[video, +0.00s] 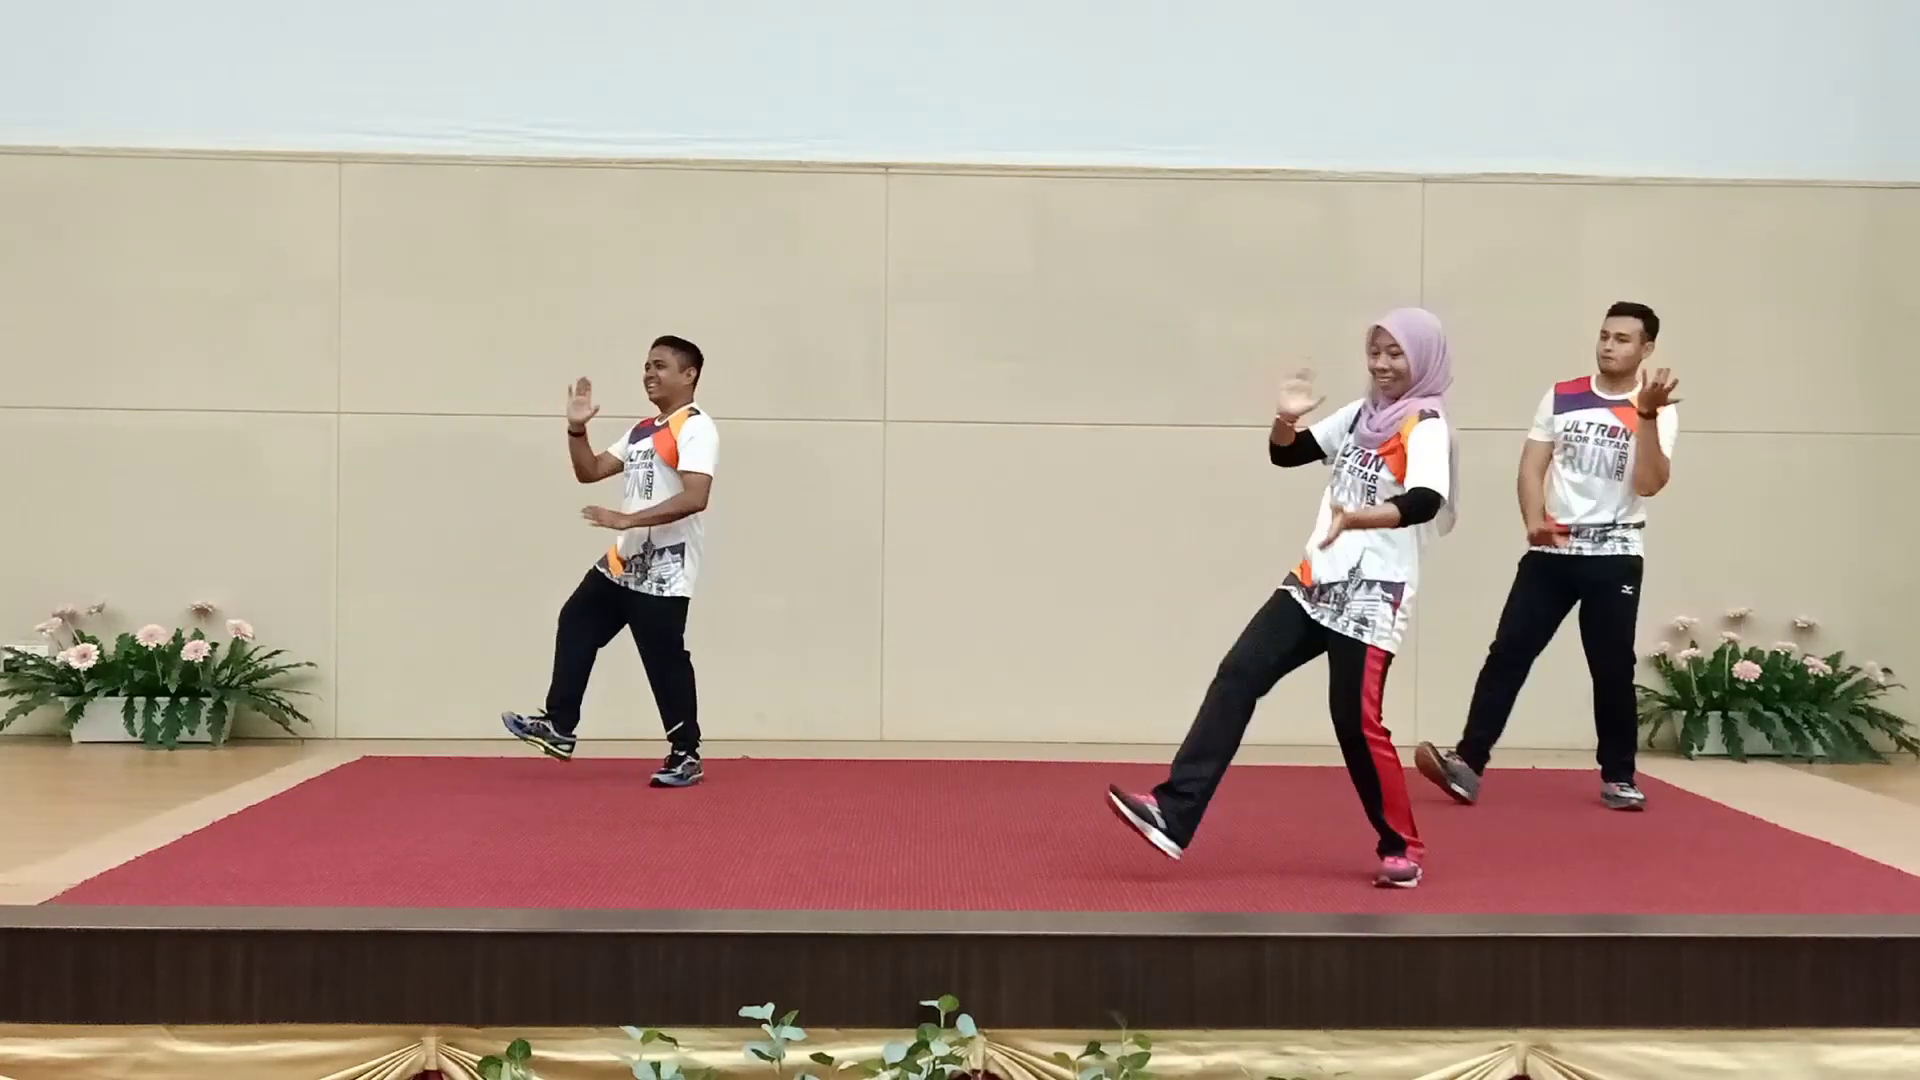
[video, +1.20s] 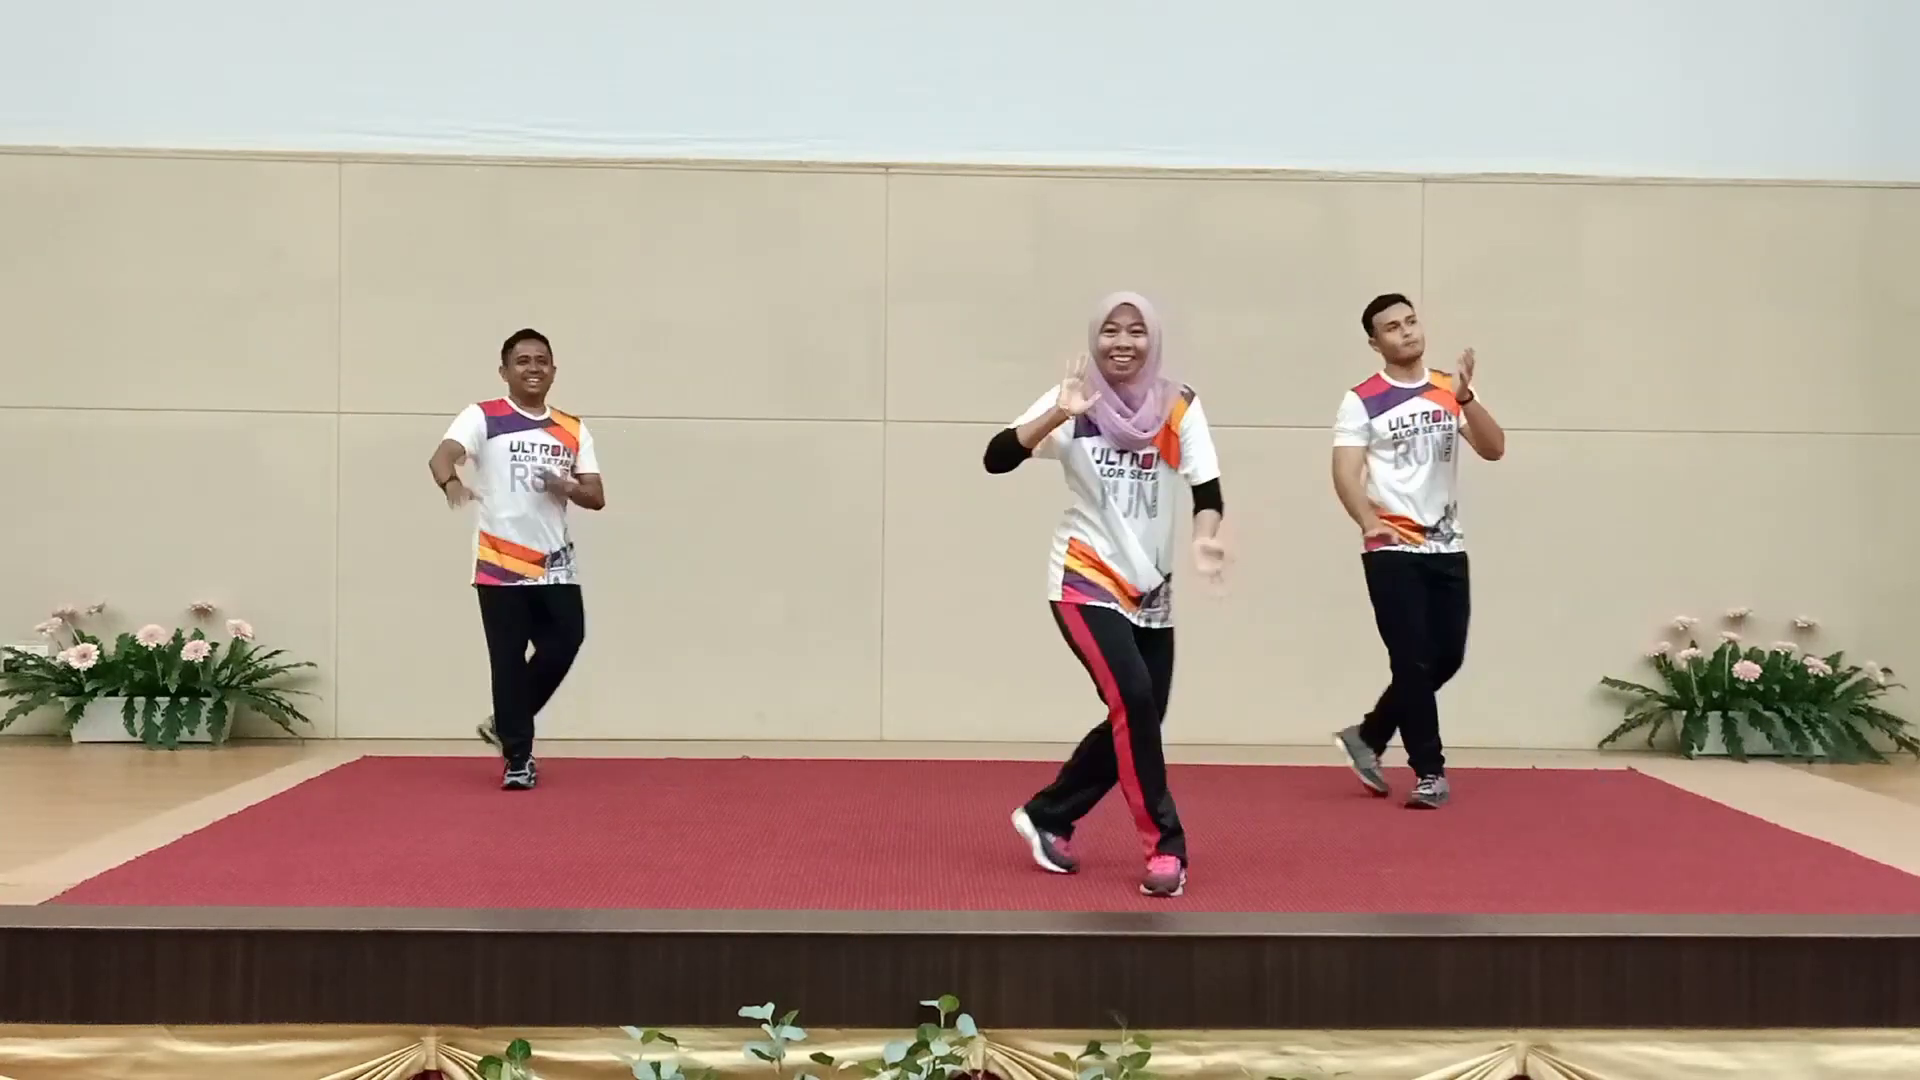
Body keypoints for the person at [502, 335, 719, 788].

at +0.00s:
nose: (649, 374)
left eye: (660, 366)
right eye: (648, 367)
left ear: (689, 375)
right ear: (648, 375)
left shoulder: (697, 428)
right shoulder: (643, 430)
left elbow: (695, 498)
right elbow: (589, 470)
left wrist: (627, 519)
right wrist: (577, 430)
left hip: (665, 567)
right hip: (624, 561)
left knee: (665, 659)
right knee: (577, 623)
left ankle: (686, 755)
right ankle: (559, 726)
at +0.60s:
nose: (616, 367)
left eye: (627, 359)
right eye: (615, 359)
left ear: (656, 367)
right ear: (615, 367)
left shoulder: (676, 411)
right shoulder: (606, 426)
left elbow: (702, 447)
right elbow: (571, 488)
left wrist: (644, 451)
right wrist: (585, 440)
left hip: (654, 559)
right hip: (601, 552)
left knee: (665, 654)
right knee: (559, 623)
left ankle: (686, 754)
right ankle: (568, 711)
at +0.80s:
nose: (590, 374)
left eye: (601, 366)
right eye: (585, 367)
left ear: (627, 376)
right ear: (579, 375)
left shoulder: (651, 425)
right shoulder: (560, 436)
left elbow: (687, 466)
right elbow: (539, 506)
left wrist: (641, 425)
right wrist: (569, 509)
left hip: (633, 575)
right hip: (575, 576)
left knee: (648, 661)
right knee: (554, 661)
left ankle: (687, 754)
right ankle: (527, 756)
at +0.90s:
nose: (576, 372)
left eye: (587, 365)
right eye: (570, 365)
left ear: (606, 375)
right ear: (559, 372)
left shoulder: (631, 428)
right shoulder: (534, 432)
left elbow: (665, 481)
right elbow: (505, 502)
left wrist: (626, 431)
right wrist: (542, 536)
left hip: (613, 575)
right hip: (552, 576)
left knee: (640, 661)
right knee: (537, 666)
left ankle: (681, 752)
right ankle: (523, 760)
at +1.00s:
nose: (562, 369)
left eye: (572, 362)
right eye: (553, 362)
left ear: (588, 372)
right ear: (540, 371)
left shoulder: (610, 428)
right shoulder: (514, 423)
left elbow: (639, 491)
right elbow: (478, 486)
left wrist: (604, 448)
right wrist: (502, 542)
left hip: (592, 567)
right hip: (531, 570)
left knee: (621, 657)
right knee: (525, 667)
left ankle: (646, 744)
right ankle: (522, 759)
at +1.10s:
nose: (549, 369)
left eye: (558, 362)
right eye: (538, 361)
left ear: (570, 370)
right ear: (522, 370)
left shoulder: (591, 430)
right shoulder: (498, 418)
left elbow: (616, 496)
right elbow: (458, 469)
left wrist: (582, 465)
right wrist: (465, 520)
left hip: (573, 566)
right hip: (514, 565)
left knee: (594, 640)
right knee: (516, 664)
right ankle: (520, 758)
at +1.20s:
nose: (533, 368)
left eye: (541, 361)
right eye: (523, 361)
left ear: (553, 369)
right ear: (505, 370)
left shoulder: (573, 430)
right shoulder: (481, 416)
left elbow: (596, 497)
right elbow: (441, 459)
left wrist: (570, 486)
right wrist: (451, 485)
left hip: (553, 565)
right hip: (499, 563)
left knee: (564, 644)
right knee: (509, 662)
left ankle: (505, 722)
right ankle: (519, 759)